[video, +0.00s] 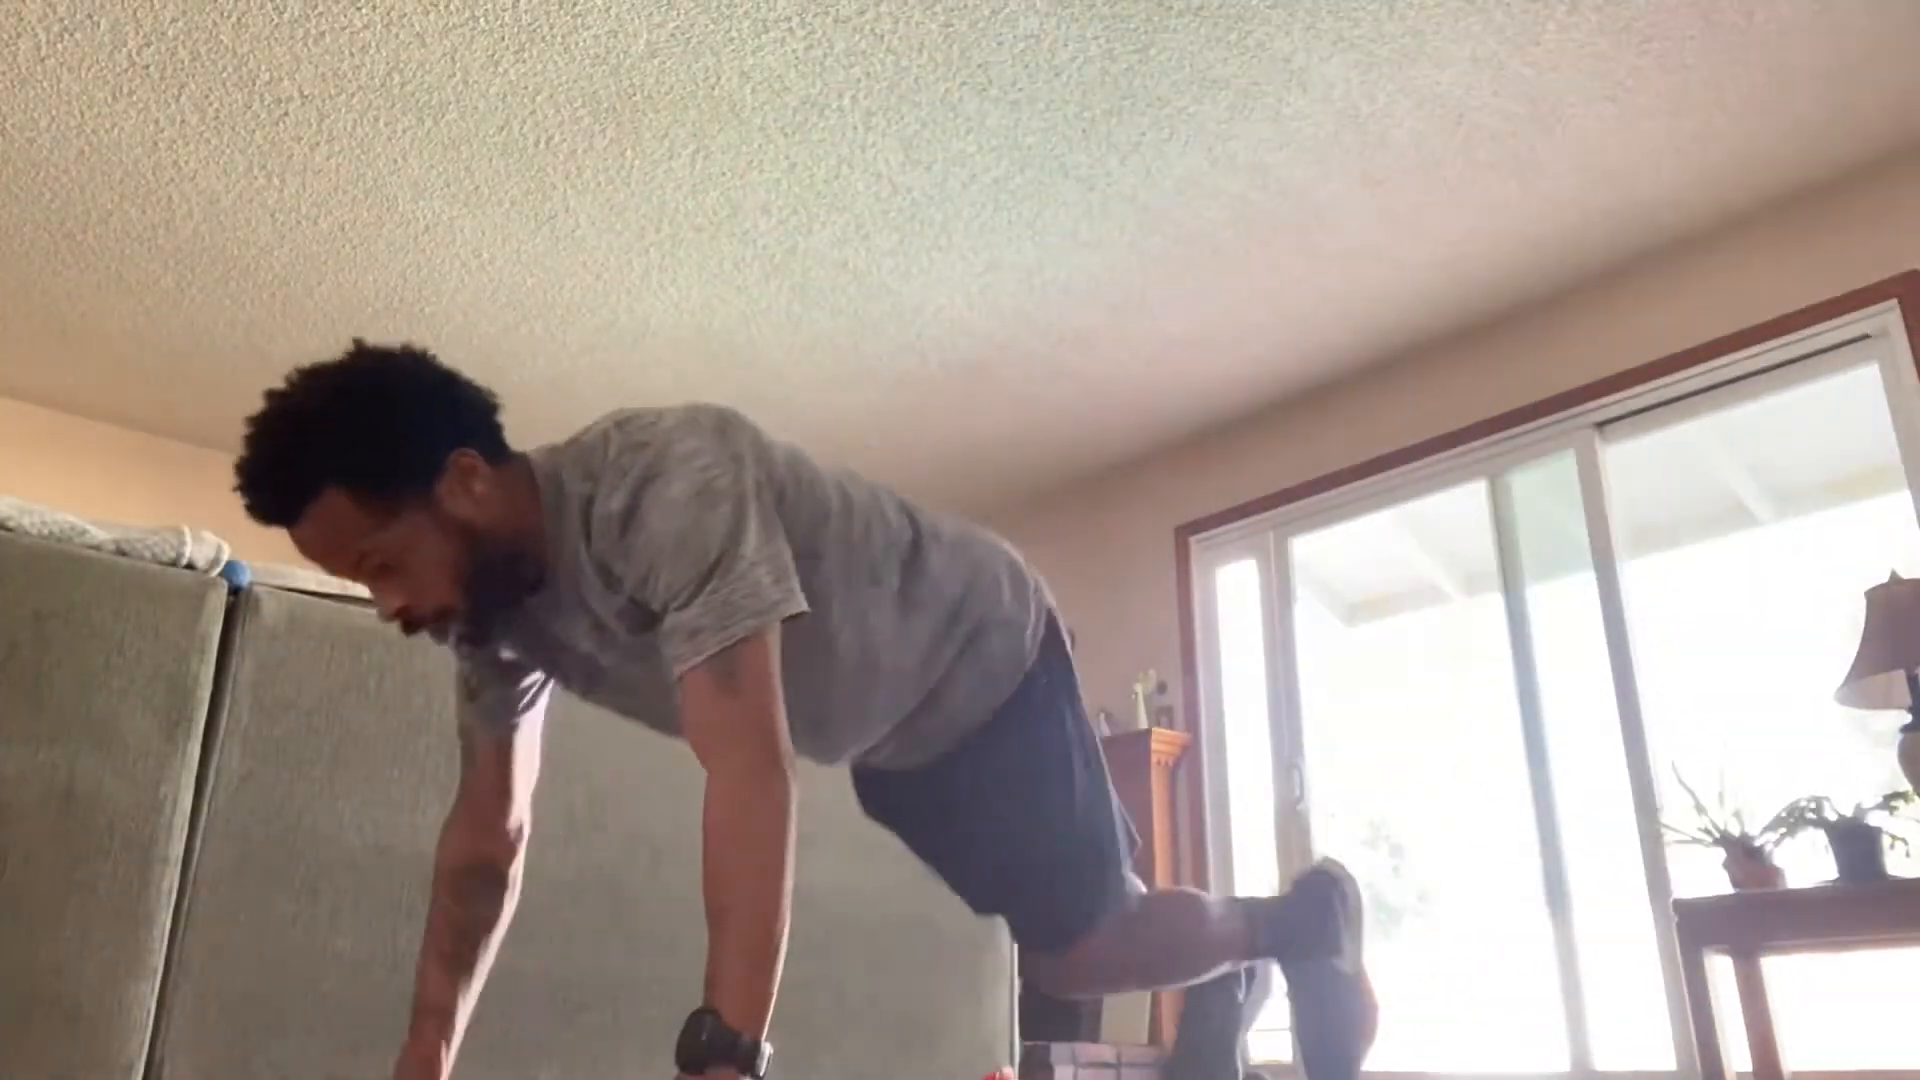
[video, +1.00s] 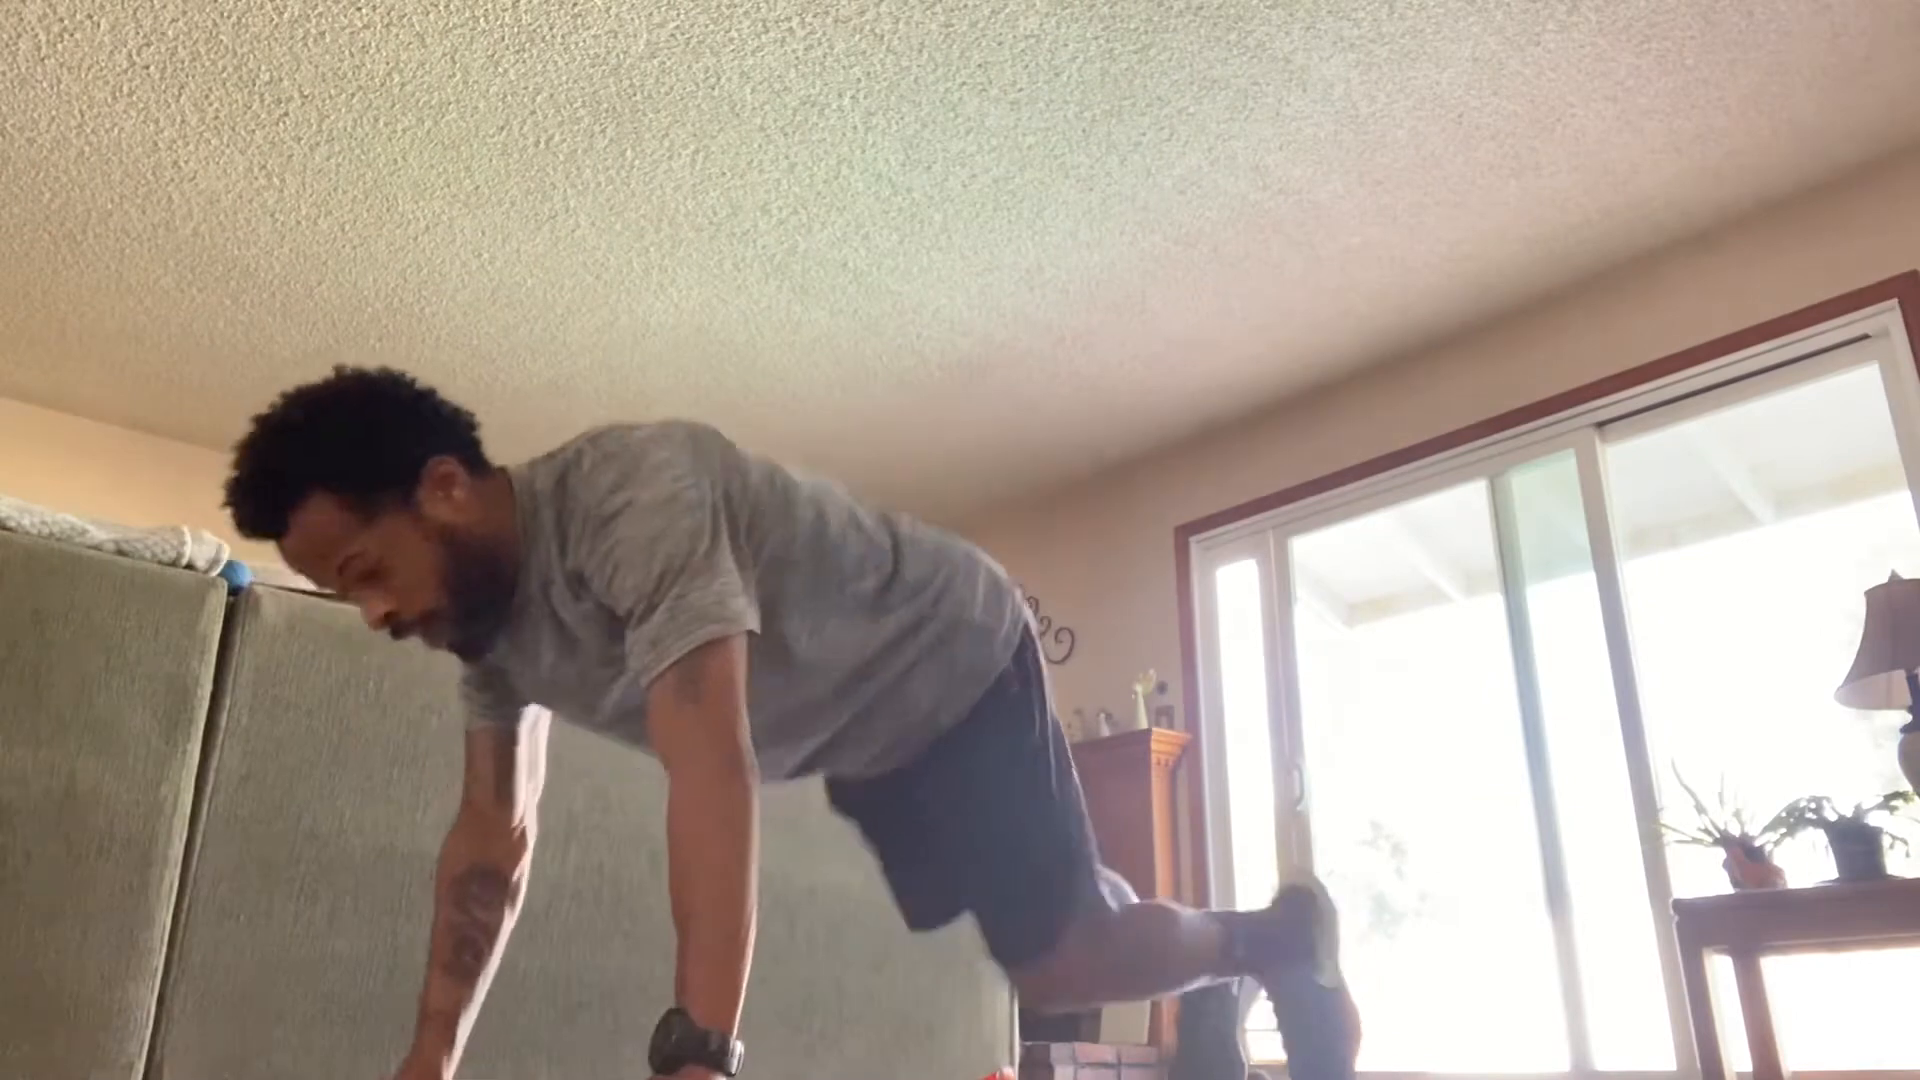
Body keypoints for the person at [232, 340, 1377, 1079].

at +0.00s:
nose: (381, 606)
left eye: (376, 566)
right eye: (354, 583)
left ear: (461, 486)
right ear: (444, 503)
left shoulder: (671, 479)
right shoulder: (488, 613)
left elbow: (751, 764)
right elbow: (482, 850)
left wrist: (729, 1042)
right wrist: (425, 1061)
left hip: (981, 654)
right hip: (874, 735)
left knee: (1086, 947)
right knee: (1036, 915)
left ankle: (1302, 923)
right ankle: (1212, 970)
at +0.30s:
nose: (360, 631)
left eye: (355, 593)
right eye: (334, 612)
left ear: (431, 512)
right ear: (359, 579)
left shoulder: (637, 504)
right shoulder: (460, 634)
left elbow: (760, 742)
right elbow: (469, 857)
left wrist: (687, 1000)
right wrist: (425, 1062)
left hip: (927, 630)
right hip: (810, 725)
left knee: (1077, 852)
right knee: (923, 949)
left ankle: (1299, 945)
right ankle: (1112, 947)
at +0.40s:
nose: (382, 629)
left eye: (380, 591)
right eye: (357, 611)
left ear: (452, 510)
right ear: (368, 587)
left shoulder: (637, 496)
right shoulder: (467, 634)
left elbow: (847, 670)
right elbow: (470, 858)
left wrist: (735, 892)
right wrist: (426, 1063)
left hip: (924, 594)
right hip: (788, 678)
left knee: (1069, 831)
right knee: (812, 913)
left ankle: (1296, 946)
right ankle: (1030, 897)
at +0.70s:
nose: (347, 621)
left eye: (346, 579)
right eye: (321, 601)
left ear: (425, 501)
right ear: (391, 536)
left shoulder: (624, 515)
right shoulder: (443, 629)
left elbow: (729, 736)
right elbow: (467, 854)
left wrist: (684, 1008)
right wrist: (426, 1061)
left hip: (921, 639)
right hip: (809, 735)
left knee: (1088, 846)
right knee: (965, 926)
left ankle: (1296, 949)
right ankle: (1124, 929)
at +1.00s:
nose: (366, 614)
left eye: (361, 573)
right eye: (338, 594)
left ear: (441, 488)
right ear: (419, 517)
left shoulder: (642, 491)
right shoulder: (485, 630)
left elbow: (714, 768)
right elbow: (488, 859)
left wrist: (701, 1040)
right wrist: (431, 1057)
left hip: (952, 655)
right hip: (850, 736)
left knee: (1056, 959)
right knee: (1007, 930)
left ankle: (1280, 937)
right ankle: (1168, 1003)